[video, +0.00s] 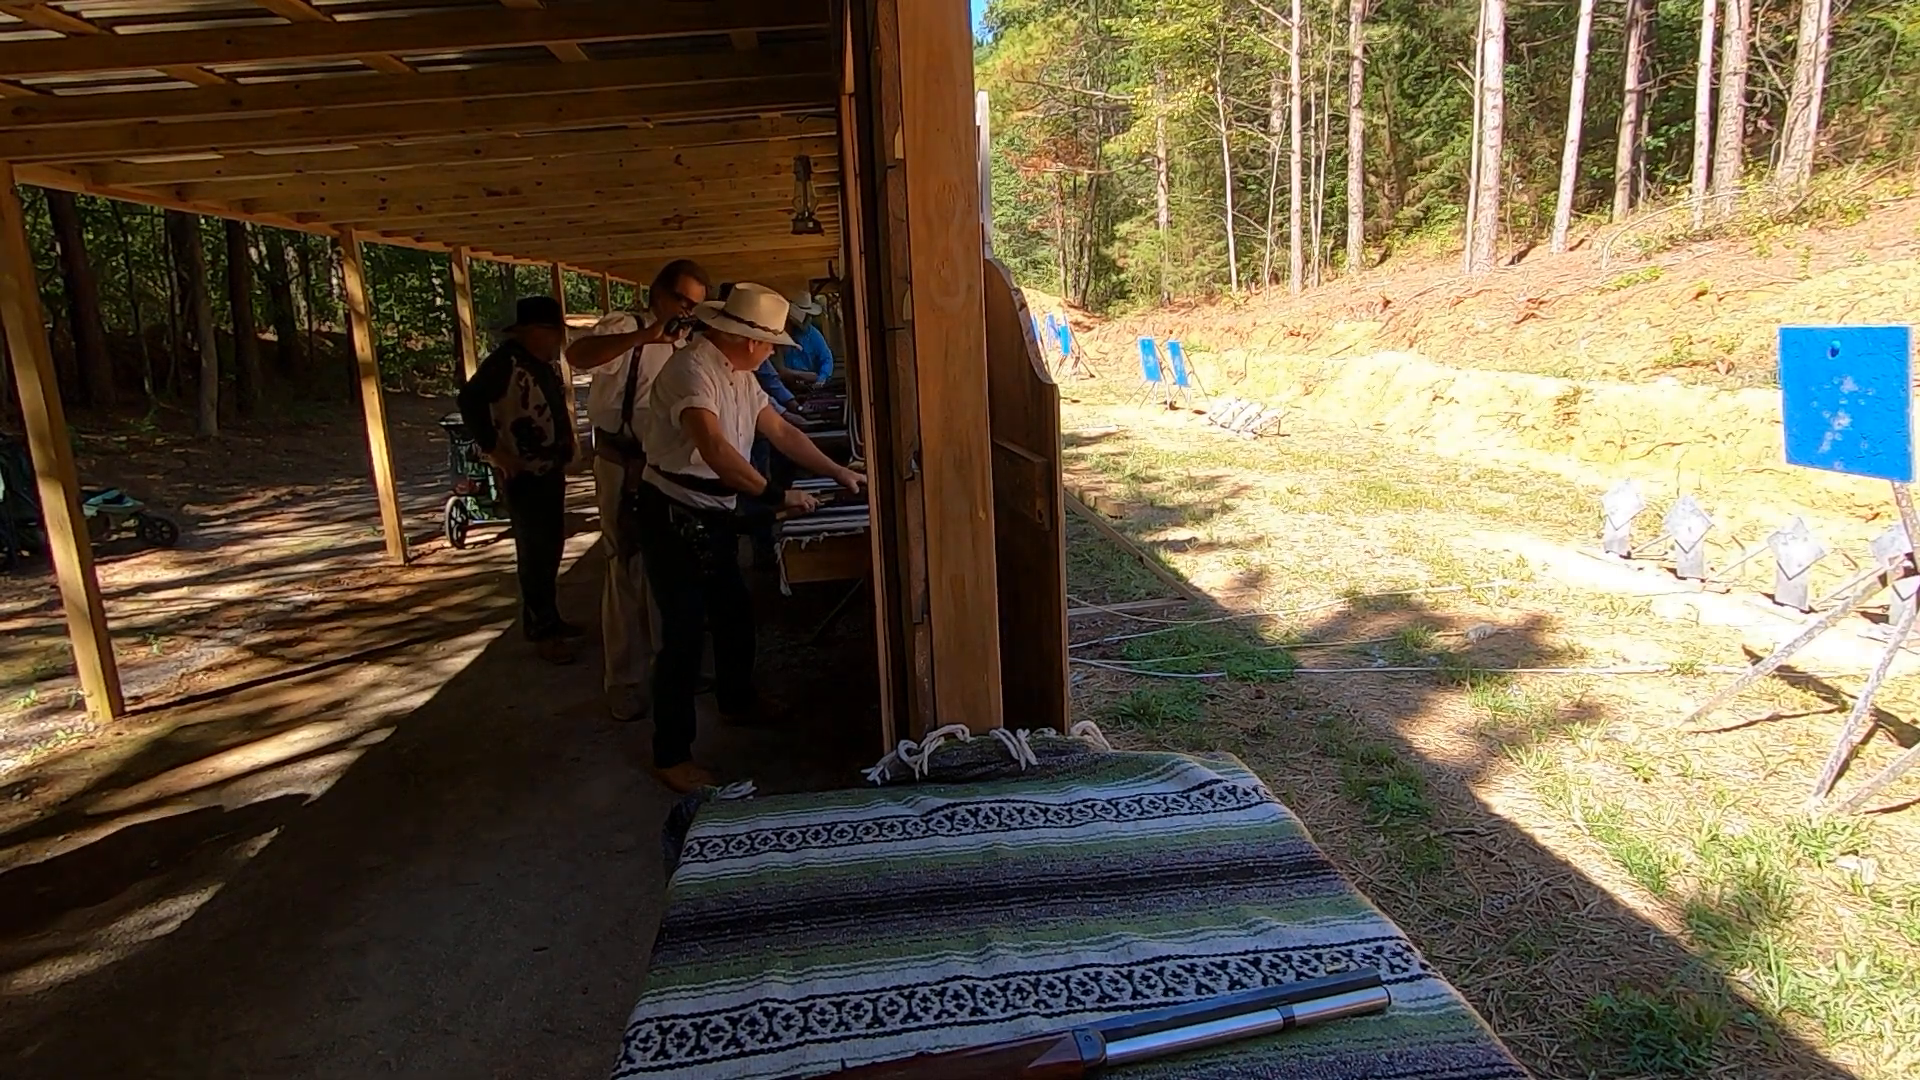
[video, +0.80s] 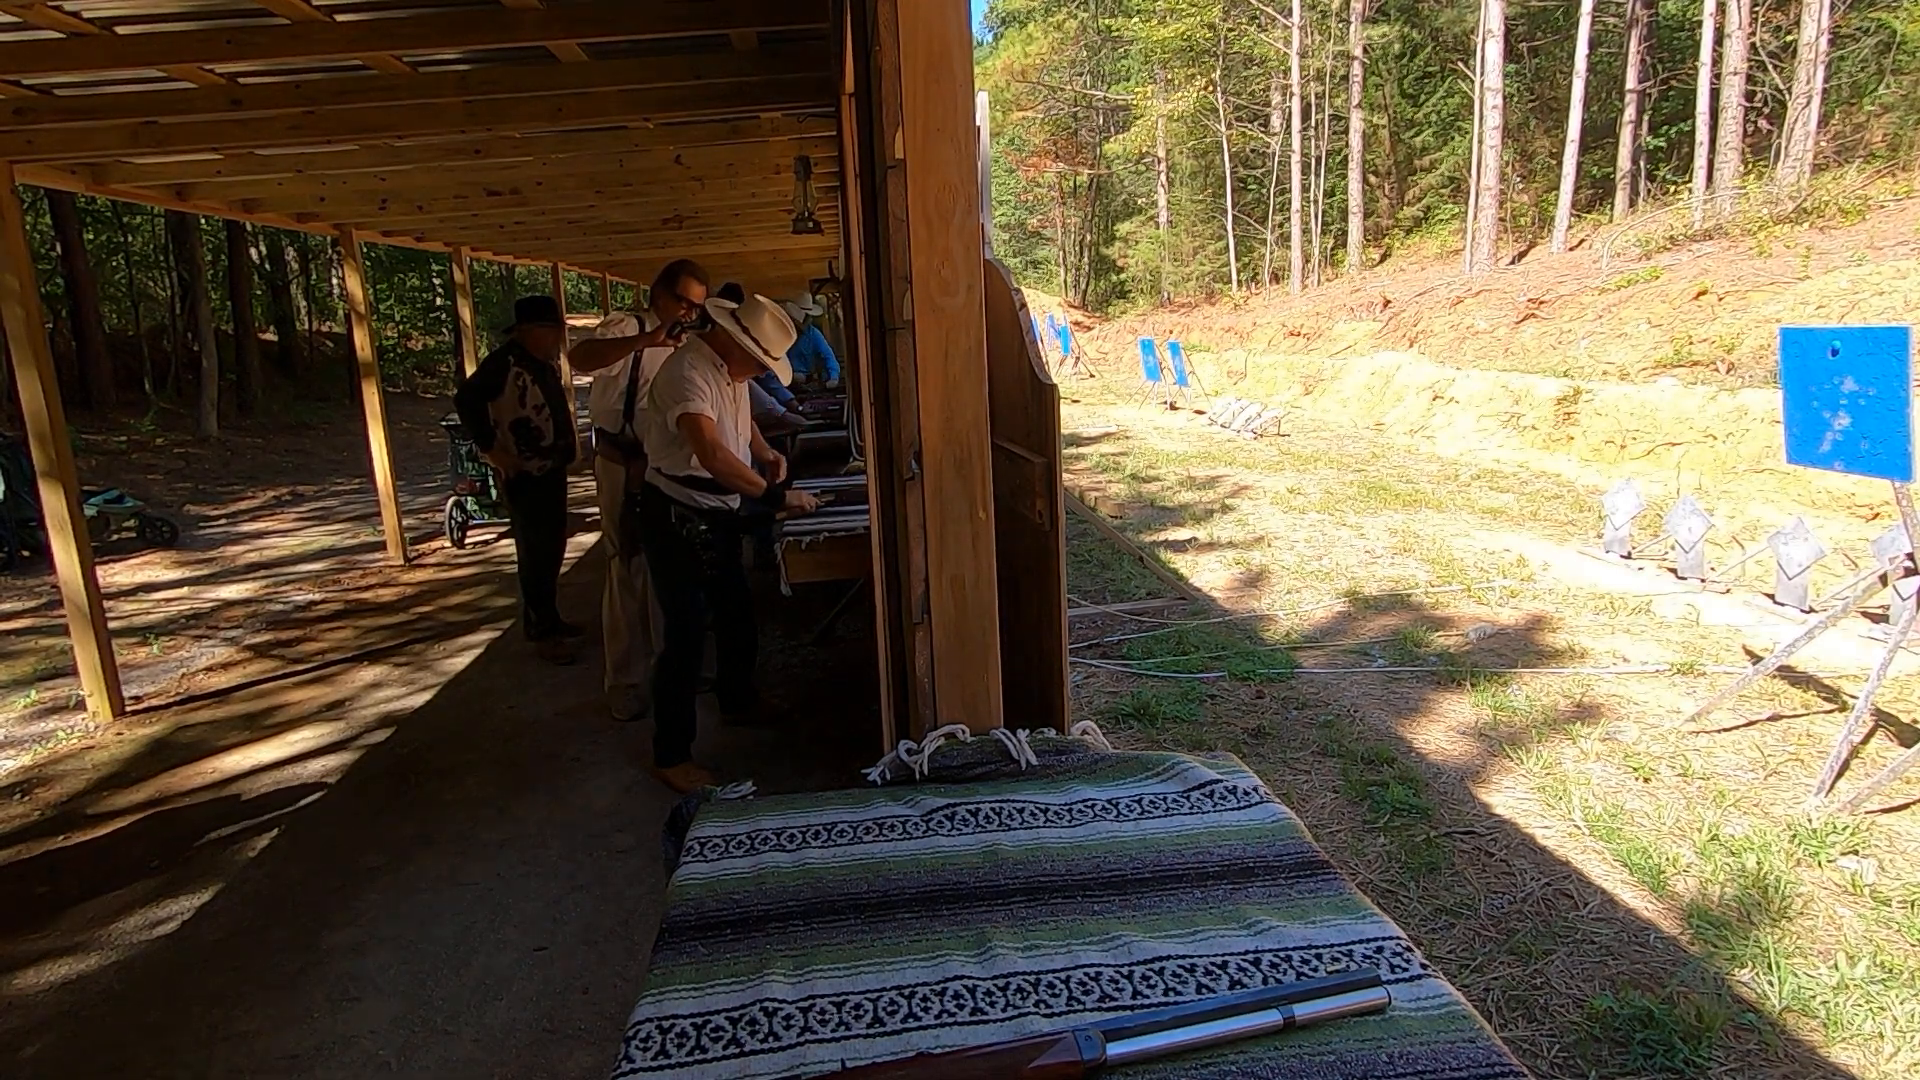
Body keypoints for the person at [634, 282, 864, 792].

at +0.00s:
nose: (771, 354)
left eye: (773, 346)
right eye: (770, 345)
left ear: (744, 340)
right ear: (750, 341)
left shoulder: (742, 375)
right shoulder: (690, 367)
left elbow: (780, 430)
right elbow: (711, 446)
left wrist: (838, 470)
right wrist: (774, 493)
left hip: (716, 514)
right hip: (670, 514)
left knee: (734, 613)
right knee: (685, 632)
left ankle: (739, 704)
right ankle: (671, 756)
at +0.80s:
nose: (758, 373)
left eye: (762, 366)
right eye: (757, 364)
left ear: (744, 346)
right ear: (734, 344)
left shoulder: (731, 370)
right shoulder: (687, 372)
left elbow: (743, 425)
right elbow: (709, 453)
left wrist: (765, 453)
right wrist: (775, 495)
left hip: (721, 512)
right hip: (676, 514)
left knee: (736, 615)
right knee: (685, 634)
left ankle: (740, 706)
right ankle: (671, 756)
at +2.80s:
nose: (753, 373)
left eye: (756, 365)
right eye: (751, 363)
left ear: (724, 349)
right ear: (724, 348)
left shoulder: (718, 377)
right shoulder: (681, 377)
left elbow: (722, 444)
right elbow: (707, 459)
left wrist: (749, 466)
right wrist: (778, 495)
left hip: (716, 516)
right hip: (673, 520)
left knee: (739, 615)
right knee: (689, 636)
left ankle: (739, 708)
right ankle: (672, 757)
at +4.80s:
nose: (758, 373)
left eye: (762, 366)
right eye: (755, 364)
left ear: (727, 349)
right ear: (728, 348)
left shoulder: (721, 377)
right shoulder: (686, 379)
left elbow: (727, 446)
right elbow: (710, 460)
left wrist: (752, 471)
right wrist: (780, 494)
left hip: (716, 516)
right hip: (672, 520)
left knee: (743, 610)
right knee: (689, 635)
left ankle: (739, 703)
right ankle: (672, 757)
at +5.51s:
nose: (757, 355)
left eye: (760, 346)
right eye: (753, 344)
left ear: (727, 335)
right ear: (725, 333)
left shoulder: (717, 362)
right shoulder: (686, 353)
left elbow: (722, 424)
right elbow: (724, 409)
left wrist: (751, 450)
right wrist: (786, 423)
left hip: (717, 512)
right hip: (672, 513)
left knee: (737, 613)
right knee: (689, 632)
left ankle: (740, 706)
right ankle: (673, 756)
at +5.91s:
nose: (750, 333)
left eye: (750, 324)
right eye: (743, 325)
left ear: (722, 324)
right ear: (712, 323)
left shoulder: (730, 359)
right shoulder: (669, 343)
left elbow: (757, 415)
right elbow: (702, 390)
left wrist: (784, 383)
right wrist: (755, 370)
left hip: (724, 508)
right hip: (674, 510)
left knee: (734, 615)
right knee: (682, 632)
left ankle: (739, 707)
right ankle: (672, 756)